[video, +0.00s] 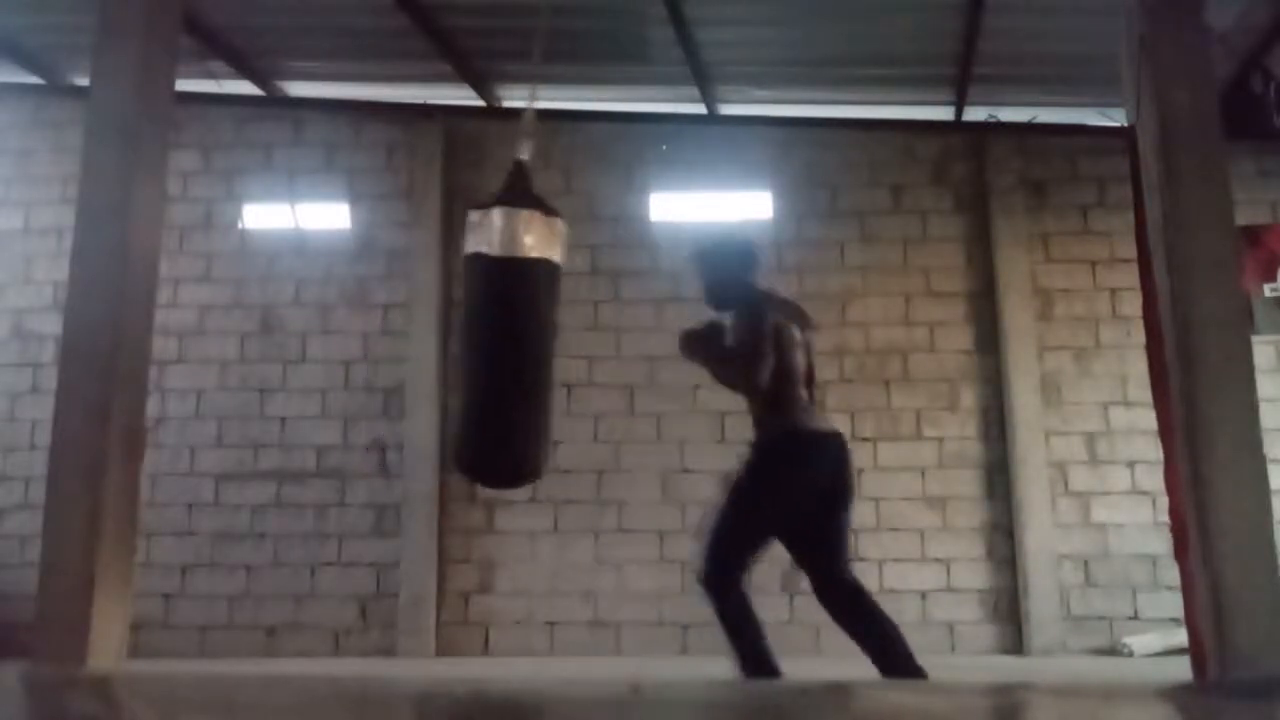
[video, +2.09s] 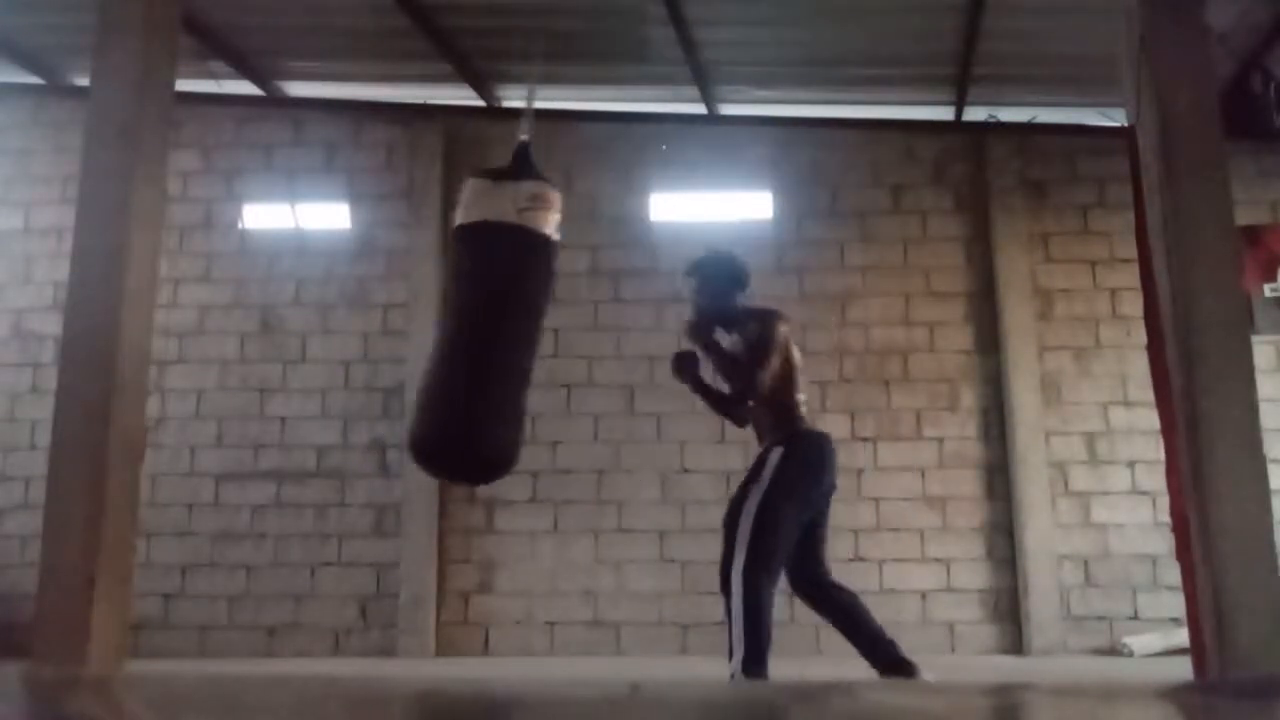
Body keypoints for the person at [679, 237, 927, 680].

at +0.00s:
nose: (701, 287)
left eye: (706, 275)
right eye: (700, 276)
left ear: (728, 274)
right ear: (747, 272)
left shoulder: (755, 315)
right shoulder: (787, 317)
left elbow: (754, 380)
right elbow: (798, 385)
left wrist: (707, 354)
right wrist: (726, 343)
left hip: (786, 456)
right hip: (825, 453)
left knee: (719, 573)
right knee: (833, 581)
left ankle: (766, 687)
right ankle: (911, 682)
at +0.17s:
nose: (726, 275)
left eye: (726, 263)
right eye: (722, 265)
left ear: (746, 255)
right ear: (767, 247)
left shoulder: (788, 284)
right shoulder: (815, 286)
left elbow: (780, 353)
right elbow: (802, 358)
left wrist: (736, 323)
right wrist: (747, 321)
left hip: (818, 427)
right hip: (855, 425)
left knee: (781, 543)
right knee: (849, 556)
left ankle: (802, 672)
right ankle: (917, 674)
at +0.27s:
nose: (741, 267)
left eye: (741, 255)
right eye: (737, 257)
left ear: (762, 245)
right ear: (779, 239)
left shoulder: (800, 275)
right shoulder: (826, 277)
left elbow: (791, 345)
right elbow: (845, 347)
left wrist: (748, 311)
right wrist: (762, 315)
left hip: (831, 421)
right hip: (868, 418)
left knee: (808, 540)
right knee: (853, 542)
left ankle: (864, 665)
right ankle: (909, 662)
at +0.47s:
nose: (774, 311)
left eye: (775, 298)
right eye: (771, 301)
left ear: (797, 290)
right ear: (815, 288)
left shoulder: (832, 320)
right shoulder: (860, 327)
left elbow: (815, 393)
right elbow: (876, 396)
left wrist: (775, 355)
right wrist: (795, 358)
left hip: (857, 462)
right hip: (886, 459)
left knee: (840, 576)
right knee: (878, 579)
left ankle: (898, 684)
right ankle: (909, 685)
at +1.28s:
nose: (791, 293)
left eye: (798, 283)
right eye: (788, 284)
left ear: (821, 282)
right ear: (797, 288)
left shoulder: (857, 316)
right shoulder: (816, 334)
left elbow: (878, 375)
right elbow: (806, 398)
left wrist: (819, 338)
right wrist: (787, 344)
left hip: (879, 442)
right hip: (877, 444)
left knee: (846, 547)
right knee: (892, 558)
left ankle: (853, 671)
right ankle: (950, 666)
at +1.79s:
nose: (737, 288)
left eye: (744, 277)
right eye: (736, 278)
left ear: (770, 277)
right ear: (747, 282)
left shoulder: (805, 308)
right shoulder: (768, 330)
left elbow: (814, 356)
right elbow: (749, 390)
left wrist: (756, 329)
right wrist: (731, 341)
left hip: (822, 440)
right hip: (838, 440)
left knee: (774, 546)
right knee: (826, 561)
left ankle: (784, 669)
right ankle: (901, 666)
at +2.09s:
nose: (692, 298)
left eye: (699, 287)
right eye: (692, 288)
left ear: (722, 288)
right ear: (728, 290)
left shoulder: (765, 323)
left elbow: (751, 386)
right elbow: (738, 411)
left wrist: (705, 338)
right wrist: (695, 382)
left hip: (791, 453)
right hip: (807, 452)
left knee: (744, 565)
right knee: (809, 578)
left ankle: (748, 680)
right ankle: (896, 669)